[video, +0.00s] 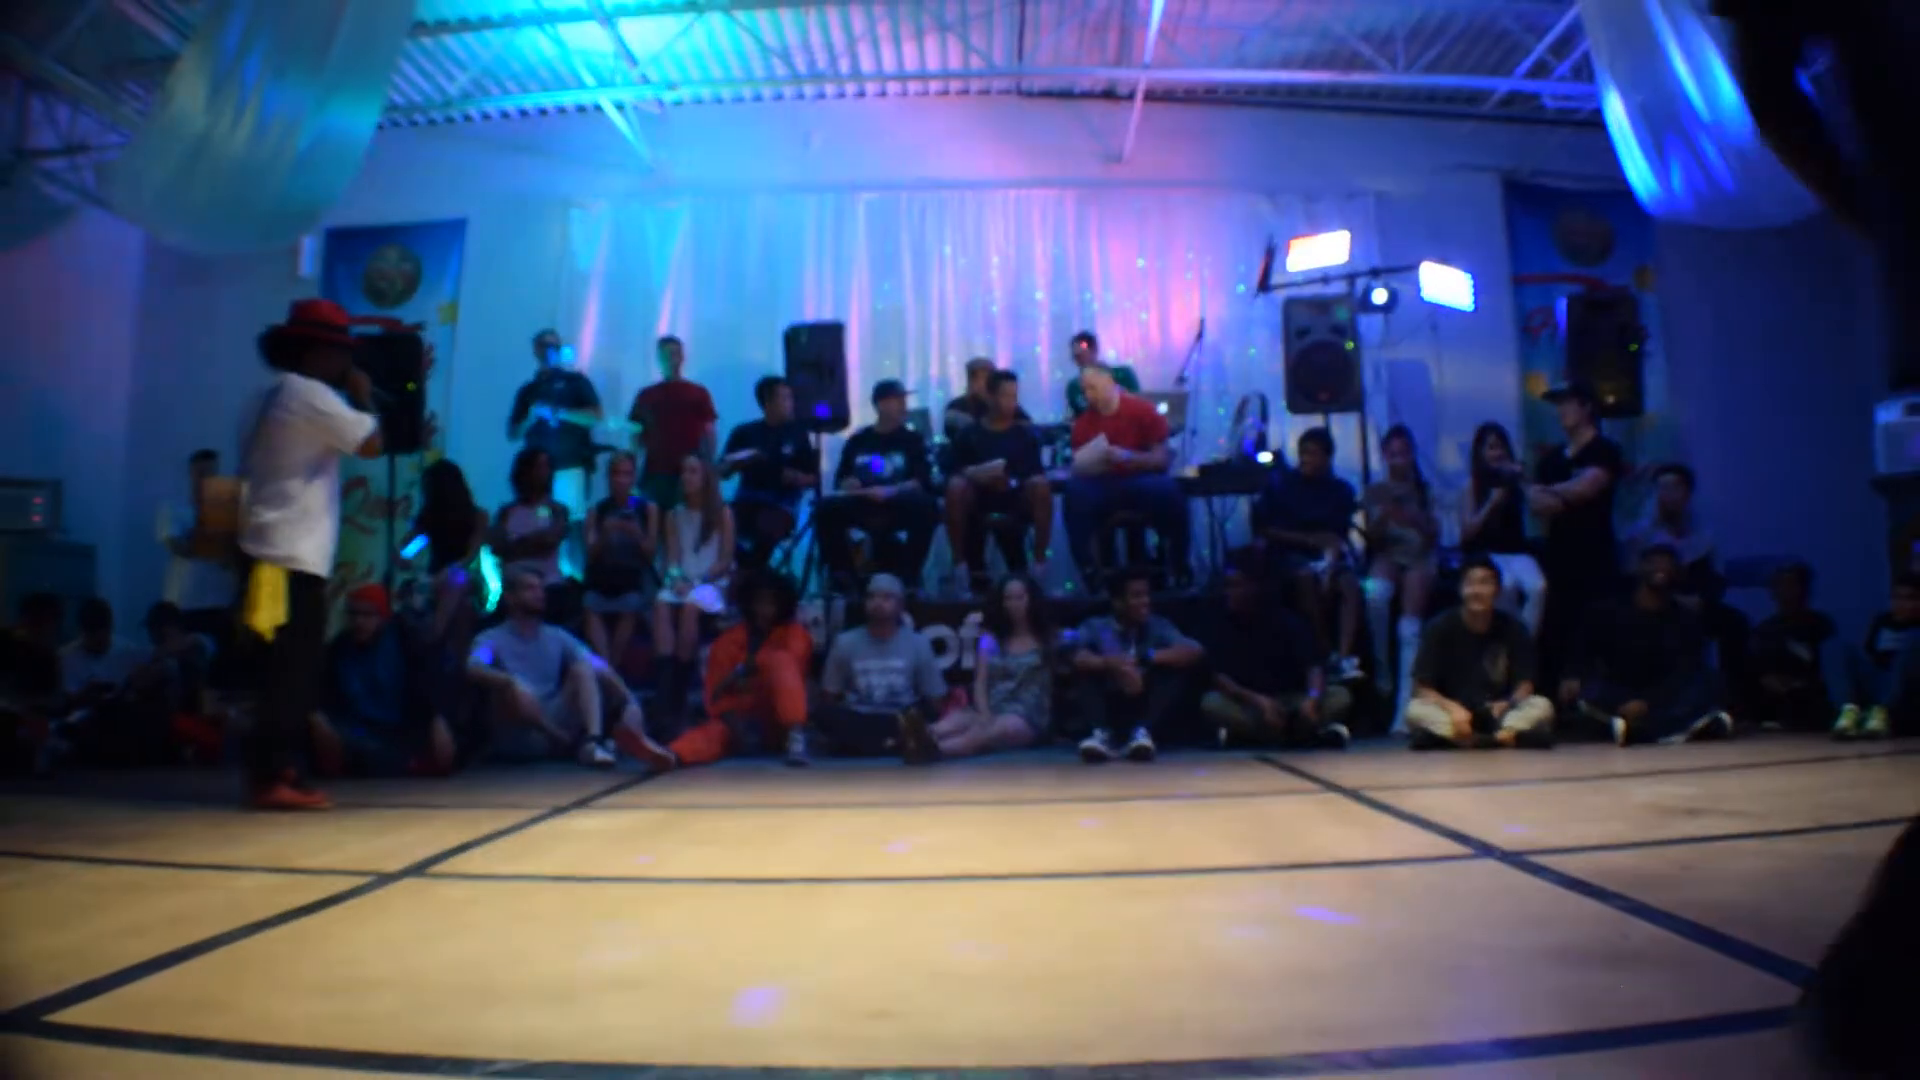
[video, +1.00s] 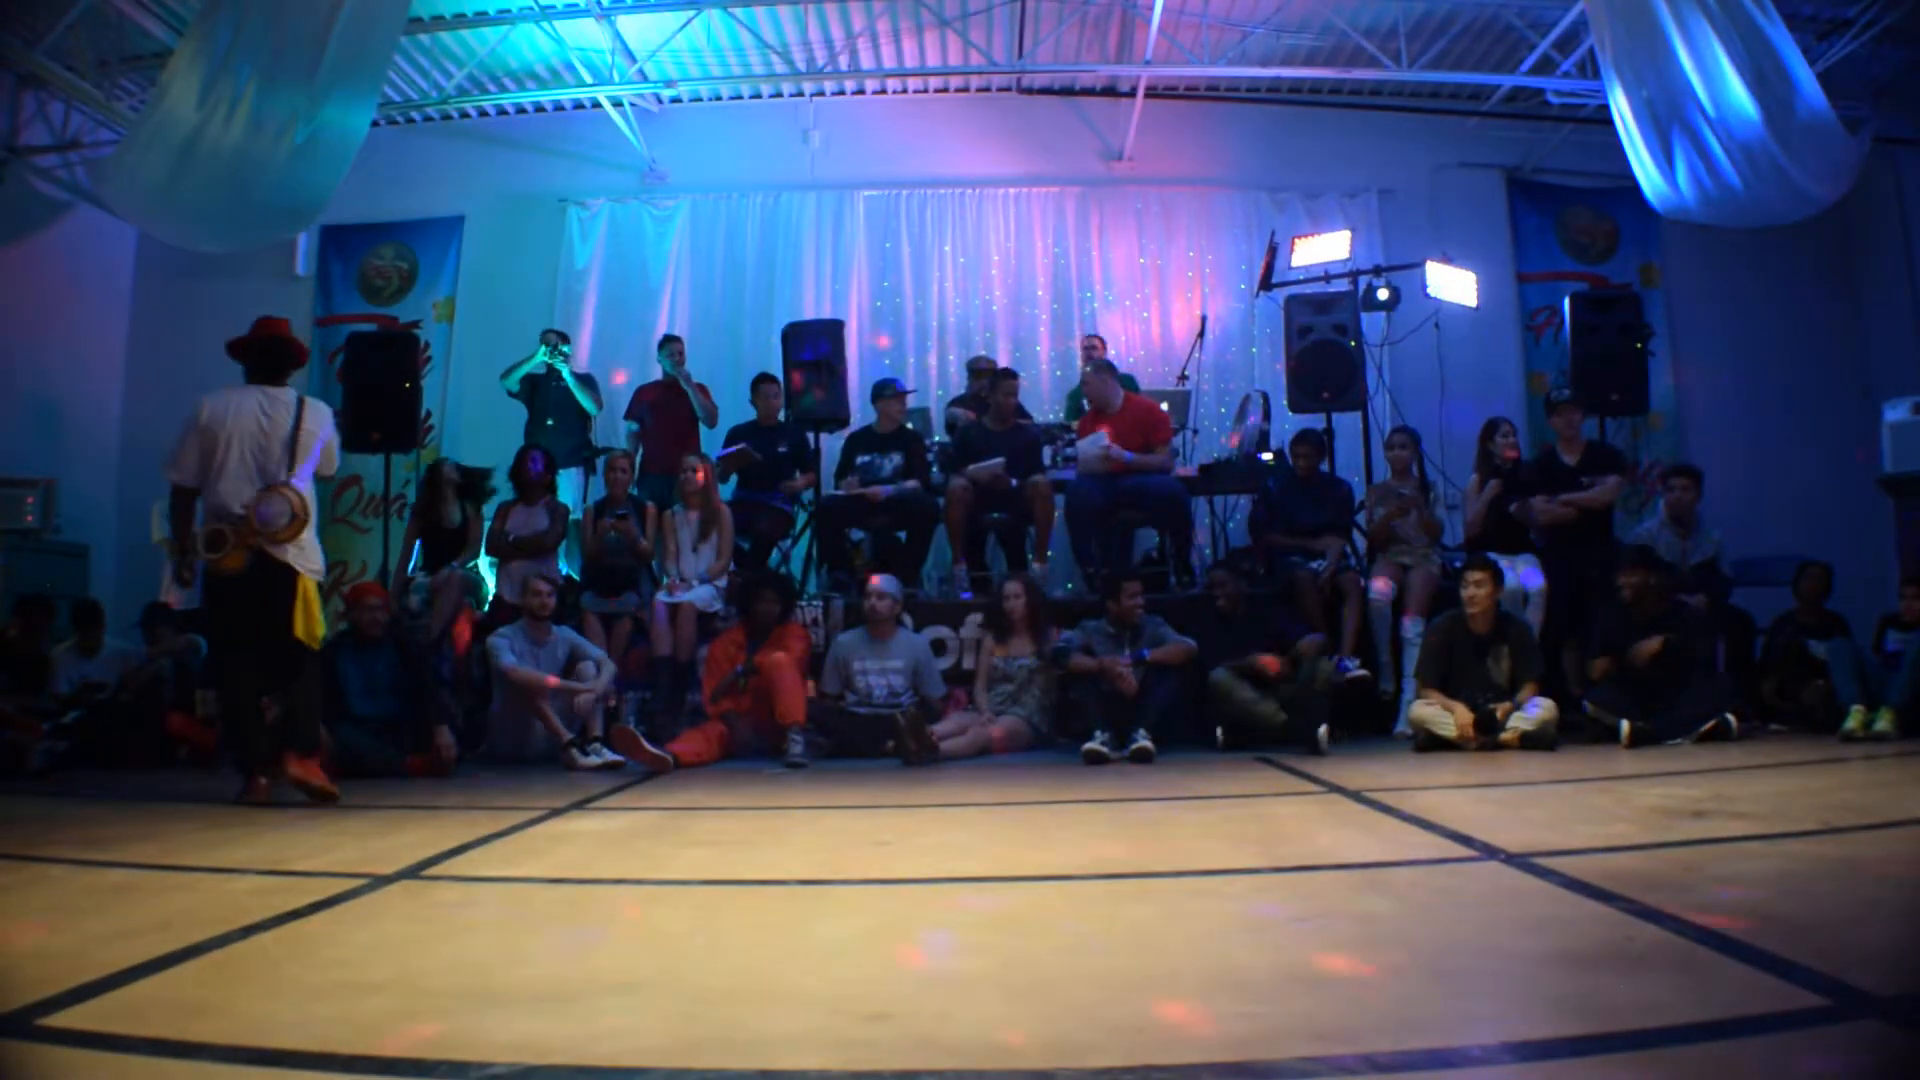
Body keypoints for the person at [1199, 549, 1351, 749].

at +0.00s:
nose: (1233, 592)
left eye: (1239, 585)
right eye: (1230, 586)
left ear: (1257, 587)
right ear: (1225, 587)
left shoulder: (1284, 619)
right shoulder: (1222, 624)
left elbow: (1313, 665)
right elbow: (1217, 677)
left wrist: (1313, 700)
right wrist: (1260, 702)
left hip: (1291, 692)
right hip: (1246, 699)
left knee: (1340, 697)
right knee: (1212, 703)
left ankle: (1246, 735)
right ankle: (1304, 736)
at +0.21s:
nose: (1233, 591)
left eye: (1238, 584)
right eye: (1227, 585)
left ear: (1254, 584)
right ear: (1222, 589)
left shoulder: (1282, 617)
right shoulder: (1221, 625)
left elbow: (1314, 664)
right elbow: (1221, 676)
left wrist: (1312, 698)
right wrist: (1257, 707)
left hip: (1292, 692)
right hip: (1249, 698)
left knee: (1341, 698)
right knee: (1212, 702)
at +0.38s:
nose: (1232, 592)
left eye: (1237, 585)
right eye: (1227, 586)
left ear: (1254, 584)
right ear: (1222, 590)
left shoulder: (1282, 617)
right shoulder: (1223, 626)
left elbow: (1314, 664)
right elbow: (1222, 677)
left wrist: (1312, 698)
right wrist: (1253, 703)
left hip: (1292, 695)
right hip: (1249, 700)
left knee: (1341, 698)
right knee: (1212, 702)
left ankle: (1251, 736)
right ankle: (1307, 737)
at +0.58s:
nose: (1224, 594)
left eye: (1230, 586)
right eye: (1220, 589)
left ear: (1247, 584)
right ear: (1216, 590)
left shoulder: (1276, 615)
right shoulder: (1220, 626)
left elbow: (1311, 661)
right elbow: (1221, 674)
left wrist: (1307, 691)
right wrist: (1248, 694)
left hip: (1290, 692)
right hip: (1251, 697)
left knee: (1338, 697)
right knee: (1214, 700)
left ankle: (1252, 738)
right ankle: (1308, 737)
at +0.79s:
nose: (1217, 594)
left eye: (1223, 586)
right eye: (1212, 589)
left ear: (1240, 585)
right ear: (1207, 592)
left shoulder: (1265, 613)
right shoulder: (1211, 625)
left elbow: (1313, 653)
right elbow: (1212, 670)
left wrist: (1309, 670)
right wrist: (1249, 674)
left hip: (1287, 684)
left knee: (1335, 685)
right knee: (1215, 687)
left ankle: (1251, 736)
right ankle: (1305, 735)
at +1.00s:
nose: (1218, 593)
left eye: (1223, 586)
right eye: (1213, 588)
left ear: (1239, 585)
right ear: (1209, 591)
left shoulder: (1264, 611)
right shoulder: (1212, 622)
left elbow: (1311, 640)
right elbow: (1213, 663)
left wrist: (1287, 661)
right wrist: (1253, 662)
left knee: (1322, 666)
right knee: (1219, 678)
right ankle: (1298, 732)